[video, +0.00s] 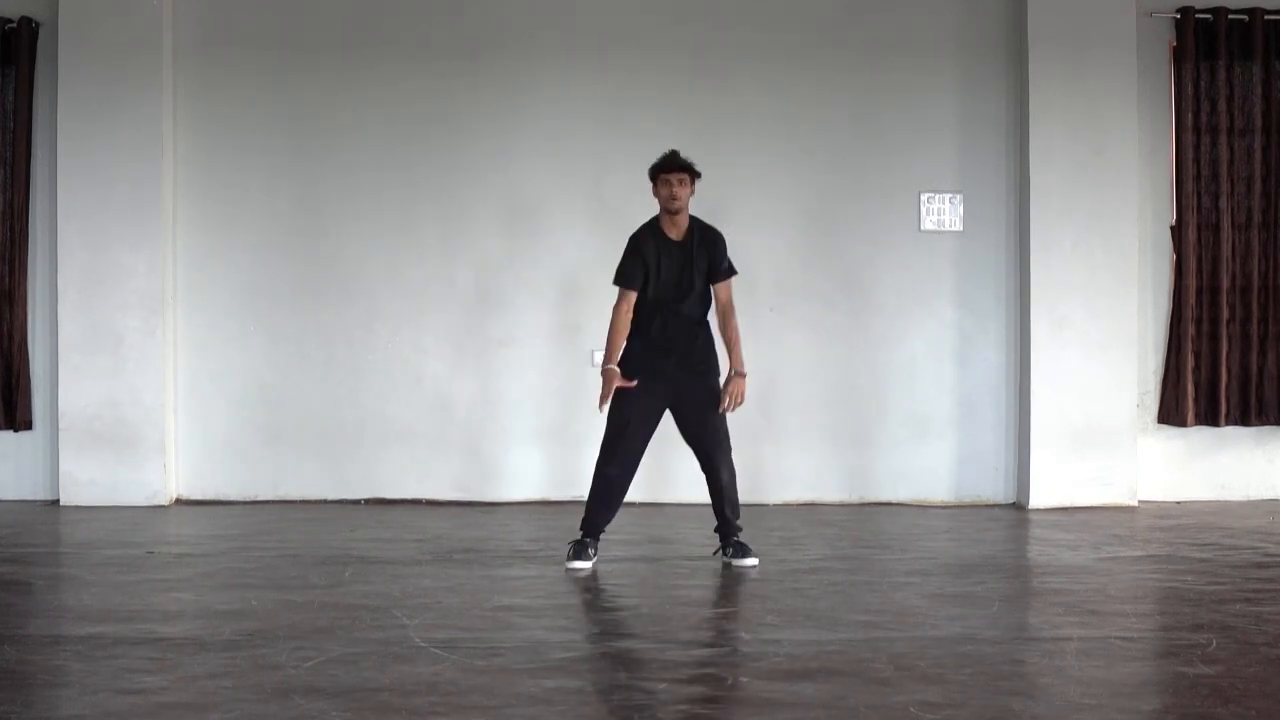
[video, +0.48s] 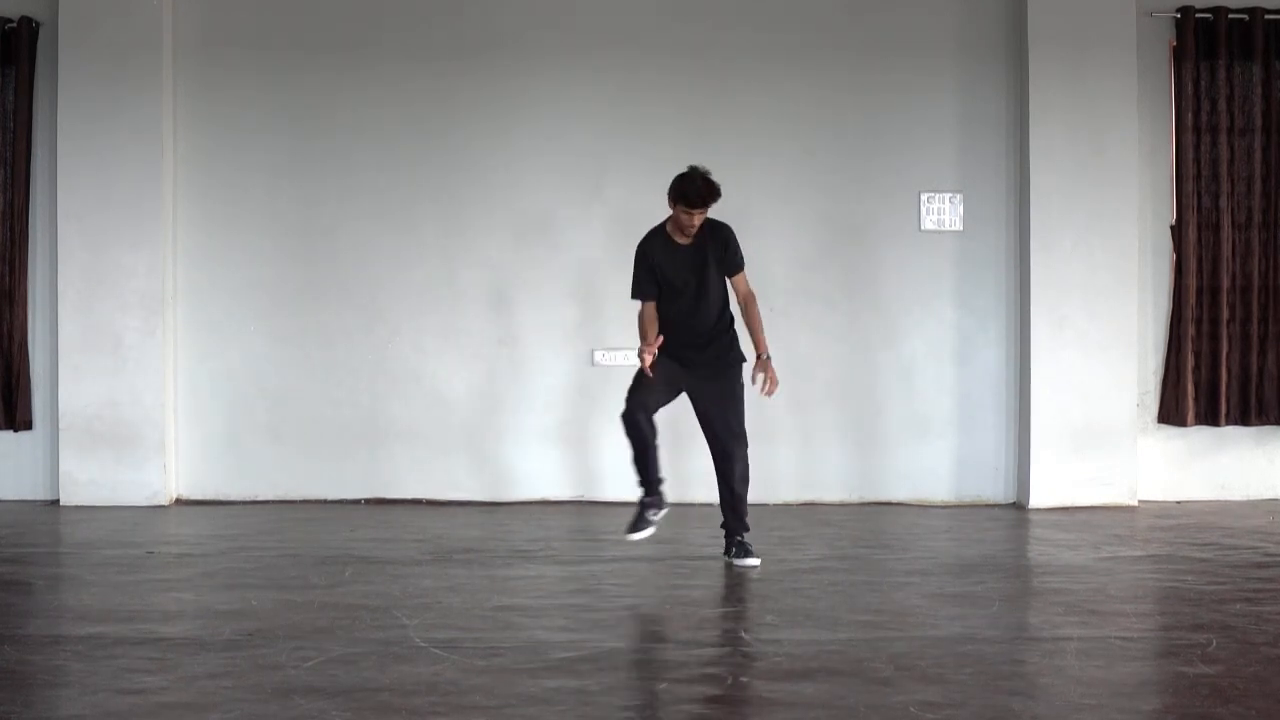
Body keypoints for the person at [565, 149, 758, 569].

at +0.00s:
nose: (675, 190)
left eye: (682, 183)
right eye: (667, 183)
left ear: (693, 189)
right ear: (654, 189)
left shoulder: (710, 241)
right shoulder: (642, 242)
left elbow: (725, 307)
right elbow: (624, 307)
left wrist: (737, 369)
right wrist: (610, 363)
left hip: (696, 371)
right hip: (643, 370)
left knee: (718, 457)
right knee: (617, 456)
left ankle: (731, 538)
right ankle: (588, 538)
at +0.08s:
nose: (676, 180)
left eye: (683, 173)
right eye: (668, 173)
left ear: (694, 178)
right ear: (655, 178)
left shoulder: (714, 223)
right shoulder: (642, 231)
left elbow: (758, 269)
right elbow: (609, 288)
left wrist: (736, 316)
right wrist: (617, 328)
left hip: (710, 358)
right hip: (657, 359)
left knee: (724, 451)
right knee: (631, 443)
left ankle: (731, 536)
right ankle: (601, 530)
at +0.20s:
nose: (672, 194)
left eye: (679, 186)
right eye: (663, 187)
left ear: (689, 188)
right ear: (651, 191)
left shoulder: (704, 217)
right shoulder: (644, 235)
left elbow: (739, 265)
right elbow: (630, 295)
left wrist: (684, 305)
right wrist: (613, 258)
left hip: (722, 336)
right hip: (676, 341)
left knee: (740, 434)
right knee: (676, 399)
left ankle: (740, 529)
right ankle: (696, 479)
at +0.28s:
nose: (671, 203)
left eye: (679, 195)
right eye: (663, 195)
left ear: (690, 197)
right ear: (651, 198)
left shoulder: (706, 223)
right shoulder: (643, 242)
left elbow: (748, 268)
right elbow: (633, 303)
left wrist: (695, 303)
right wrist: (617, 271)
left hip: (726, 341)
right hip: (679, 346)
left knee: (744, 438)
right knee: (687, 396)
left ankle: (737, 531)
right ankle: (743, 460)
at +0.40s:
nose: (685, 221)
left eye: (692, 212)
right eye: (677, 212)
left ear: (701, 208)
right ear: (662, 207)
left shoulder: (716, 235)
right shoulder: (648, 254)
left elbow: (745, 293)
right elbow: (652, 320)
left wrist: (740, 351)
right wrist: (645, 324)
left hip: (724, 355)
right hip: (677, 357)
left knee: (738, 450)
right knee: (667, 404)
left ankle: (736, 537)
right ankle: (703, 485)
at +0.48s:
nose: (694, 221)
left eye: (701, 214)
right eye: (687, 213)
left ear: (708, 209)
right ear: (671, 204)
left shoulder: (720, 236)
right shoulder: (651, 247)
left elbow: (745, 297)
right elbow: (648, 307)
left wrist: (763, 353)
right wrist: (649, 342)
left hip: (717, 358)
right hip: (670, 358)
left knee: (732, 446)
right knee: (635, 410)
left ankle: (737, 537)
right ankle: (652, 497)